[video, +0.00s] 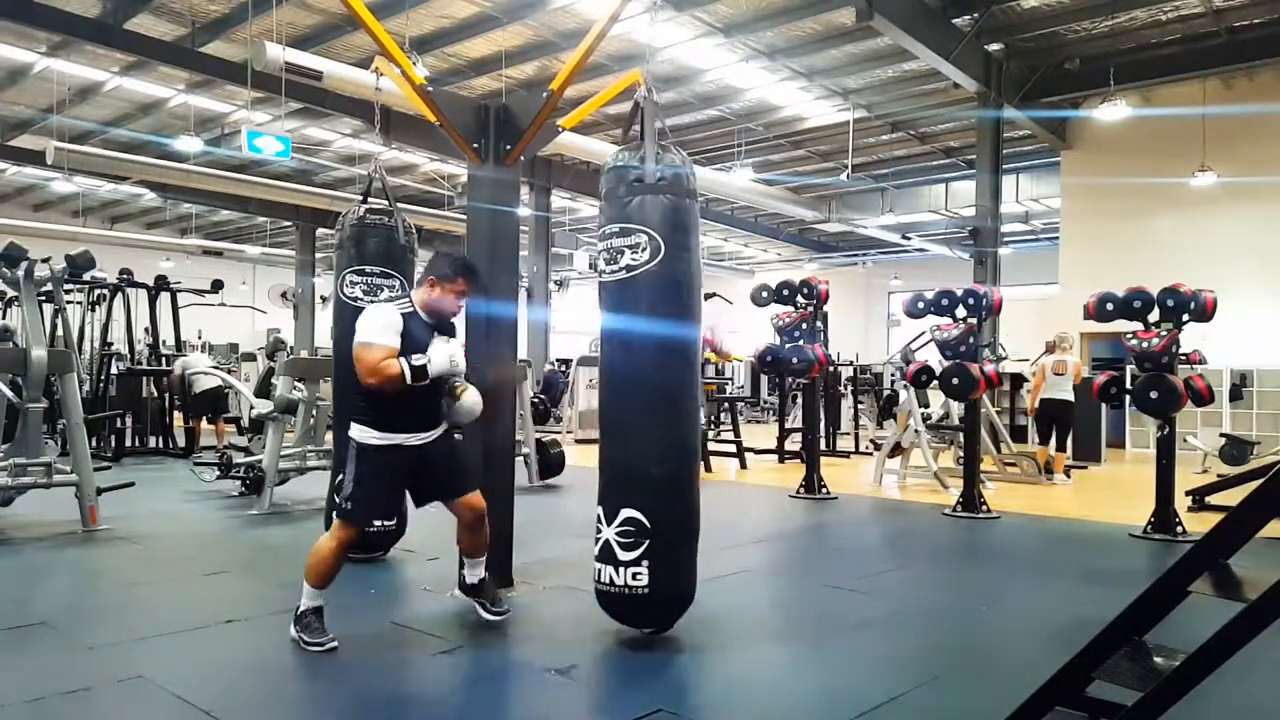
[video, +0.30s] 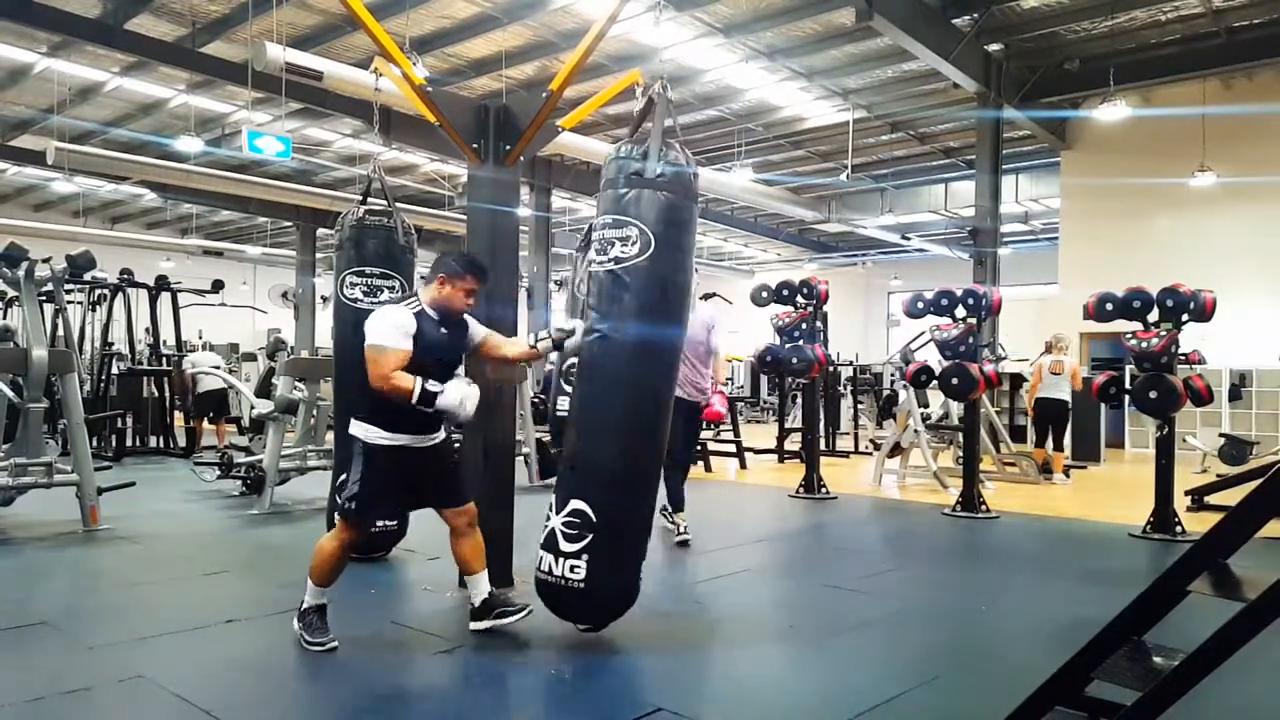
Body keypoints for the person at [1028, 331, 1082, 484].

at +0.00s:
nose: (1071, 348)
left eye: (1054, 343)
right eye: (1071, 346)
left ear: (1055, 344)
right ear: (1071, 346)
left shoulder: (1045, 361)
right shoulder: (1075, 363)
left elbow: (1037, 384)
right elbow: (1077, 380)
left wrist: (1031, 404)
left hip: (1046, 400)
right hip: (1066, 401)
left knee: (1043, 440)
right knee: (1061, 442)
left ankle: (1039, 470)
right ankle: (1059, 473)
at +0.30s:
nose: (1067, 349)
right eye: (1068, 347)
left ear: (1052, 346)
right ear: (1067, 347)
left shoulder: (1042, 361)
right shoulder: (1073, 363)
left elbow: (1034, 384)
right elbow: (1078, 386)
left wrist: (1029, 404)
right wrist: (1069, 377)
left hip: (1042, 400)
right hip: (1062, 402)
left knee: (1040, 438)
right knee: (1058, 440)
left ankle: (1035, 470)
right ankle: (1058, 473)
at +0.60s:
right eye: (1061, 350)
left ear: (1047, 349)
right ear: (1060, 351)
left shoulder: (1035, 363)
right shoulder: (1066, 365)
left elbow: (1026, 384)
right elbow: (1071, 386)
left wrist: (1027, 402)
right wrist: (1066, 402)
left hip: (1036, 399)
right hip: (1056, 401)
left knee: (1037, 438)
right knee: (1060, 439)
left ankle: (1036, 471)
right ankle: (1061, 470)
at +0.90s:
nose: (1067, 357)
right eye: (1066, 355)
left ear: (1049, 352)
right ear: (1062, 354)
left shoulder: (1036, 364)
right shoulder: (1065, 365)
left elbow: (1027, 385)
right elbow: (1068, 387)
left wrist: (1029, 399)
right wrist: (1063, 400)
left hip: (1035, 399)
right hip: (1054, 401)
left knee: (1036, 438)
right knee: (1064, 439)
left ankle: (1036, 471)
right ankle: (1075, 471)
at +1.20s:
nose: (1067, 360)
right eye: (1068, 358)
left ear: (1054, 361)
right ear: (1068, 360)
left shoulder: (1048, 373)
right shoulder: (1076, 373)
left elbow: (1041, 389)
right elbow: (1080, 392)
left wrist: (1044, 400)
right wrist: (1075, 403)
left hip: (1048, 399)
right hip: (1067, 400)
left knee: (1044, 440)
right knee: (1069, 440)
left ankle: (1037, 471)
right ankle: (1075, 472)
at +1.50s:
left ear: (1058, 386)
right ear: (1071, 385)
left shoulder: (1055, 390)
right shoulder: (1079, 389)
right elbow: (1090, 398)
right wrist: (1085, 412)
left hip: (1059, 403)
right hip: (1079, 404)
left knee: (1049, 439)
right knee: (1076, 441)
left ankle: (1039, 470)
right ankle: (1075, 473)